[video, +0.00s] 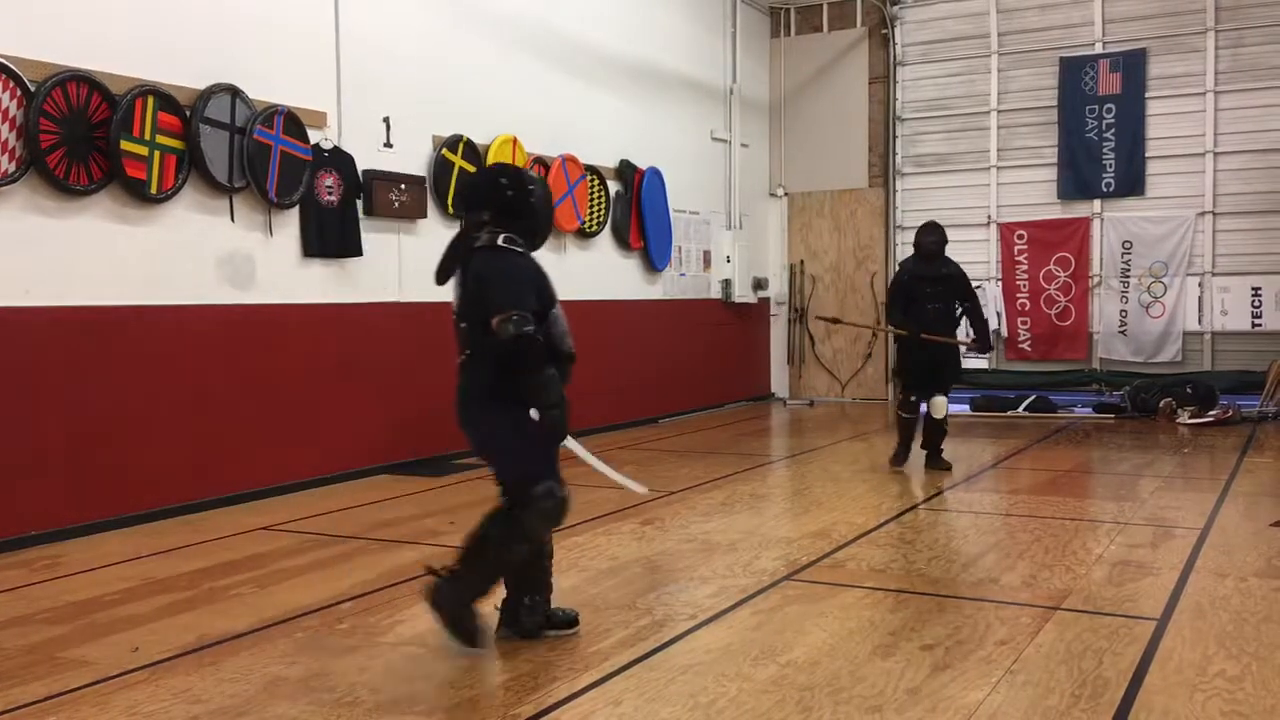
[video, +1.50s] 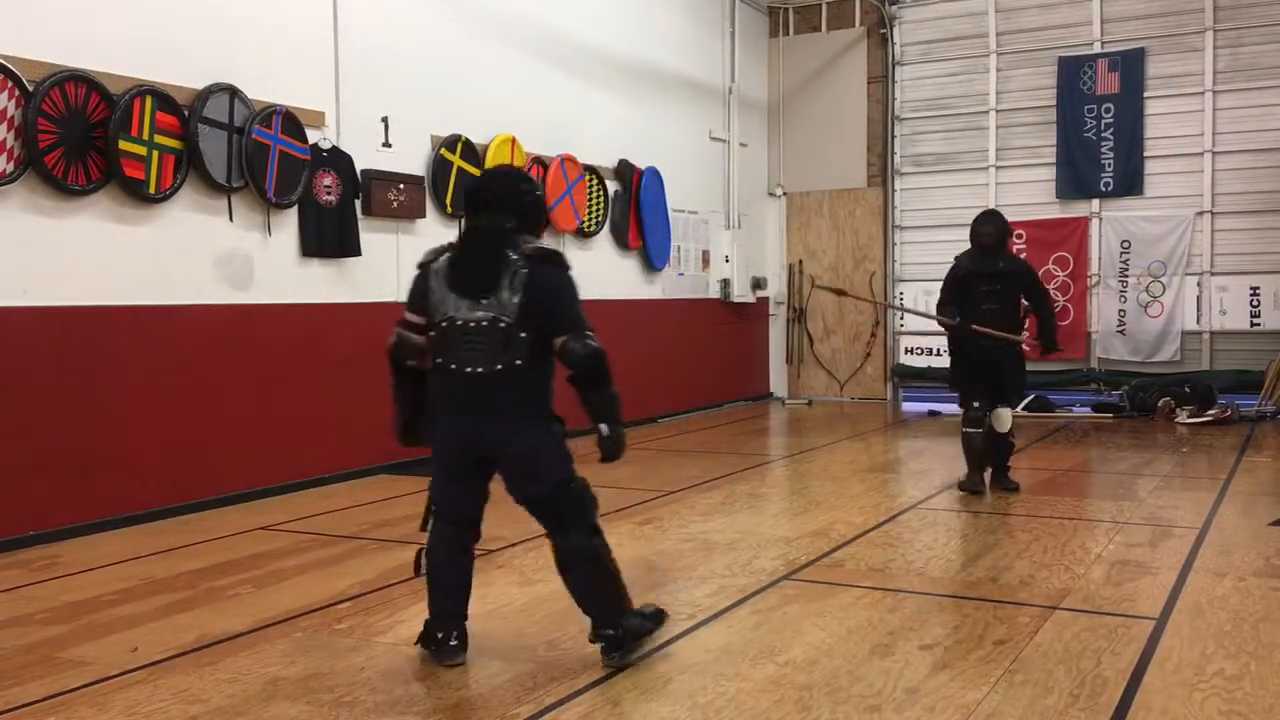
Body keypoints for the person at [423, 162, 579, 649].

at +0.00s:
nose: (547, 212)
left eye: (543, 202)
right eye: (538, 202)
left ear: (493, 209)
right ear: (516, 208)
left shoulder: (508, 260)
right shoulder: (500, 264)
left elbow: (549, 331)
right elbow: (516, 340)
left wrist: (554, 368)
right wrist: (546, 397)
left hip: (517, 400)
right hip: (498, 404)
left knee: (534, 499)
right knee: (539, 499)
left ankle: (527, 606)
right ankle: (457, 590)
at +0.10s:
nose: (561, 208)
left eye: (557, 198)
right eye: (553, 199)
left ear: (505, 206)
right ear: (533, 204)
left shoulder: (519, 257)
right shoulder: (518, 260)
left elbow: (551, 327)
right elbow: (527, 334)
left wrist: (577, 376)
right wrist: (557, 392)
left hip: (522, 402)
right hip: (516, 404)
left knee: (537, 497)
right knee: (569, 493)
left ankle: (529, 601)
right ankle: (524, 612)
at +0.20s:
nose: (579, 205)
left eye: (575, 195)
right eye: (570, 196)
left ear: (524, 205)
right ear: (549, 202)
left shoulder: (517, 254)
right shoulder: (541, 258)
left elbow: (561, 328)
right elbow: (546, 334)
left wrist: (596, 373)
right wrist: (567, 401)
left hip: (523, 401)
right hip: (542, 404)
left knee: (540, 500)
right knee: (588, 499)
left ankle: (526, 606)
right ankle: (597, 627)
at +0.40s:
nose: (618, 212)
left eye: (614, 201)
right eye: (611, 202)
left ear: (555, 208)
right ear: (593, 207)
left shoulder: (534, 257)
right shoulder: (594, 261)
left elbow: (537, 345)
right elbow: (607, 346)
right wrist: (622, 417)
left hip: (540, 410)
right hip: (585, 412)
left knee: (552, 505)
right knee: (625, 508)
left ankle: (529, 605)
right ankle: (634, 628)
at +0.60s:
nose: (648, 201)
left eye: (645, 193)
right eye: (643, 194)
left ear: (582, 199)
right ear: (631, 200)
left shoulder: (547, 256)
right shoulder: (642, 252)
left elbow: (534, 337)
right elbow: (670, 336)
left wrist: (542, 397)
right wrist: (695, 405)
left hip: (555, 411)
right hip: (615, 413)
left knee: (559, 502)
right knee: (639, 508)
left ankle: (536, 608)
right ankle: (634, 629)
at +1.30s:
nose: (596, 215)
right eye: (591, 207)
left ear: (529, 208)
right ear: (584, 211)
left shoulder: (494, 261)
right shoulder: (599, 263)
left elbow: (469, 341)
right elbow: (640, 348)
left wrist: (490, 390)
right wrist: (660, 409)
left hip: (504, 420)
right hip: (576, 421)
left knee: (481, 516)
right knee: (613, 515)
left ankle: (450, 628)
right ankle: (631, 631)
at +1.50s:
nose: (544, 219)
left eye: (540, 209)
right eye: (538, 209)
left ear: (475, 212)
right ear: (526, 215)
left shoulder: (435, 268)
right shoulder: (542, 270)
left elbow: (409, 346)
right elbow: (581, 352)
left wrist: (411, 412)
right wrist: (607, 416)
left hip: (454, 423)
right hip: (521, 424)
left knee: (451, 526)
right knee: (570, 519)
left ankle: (445, 633)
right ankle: (614, 623)